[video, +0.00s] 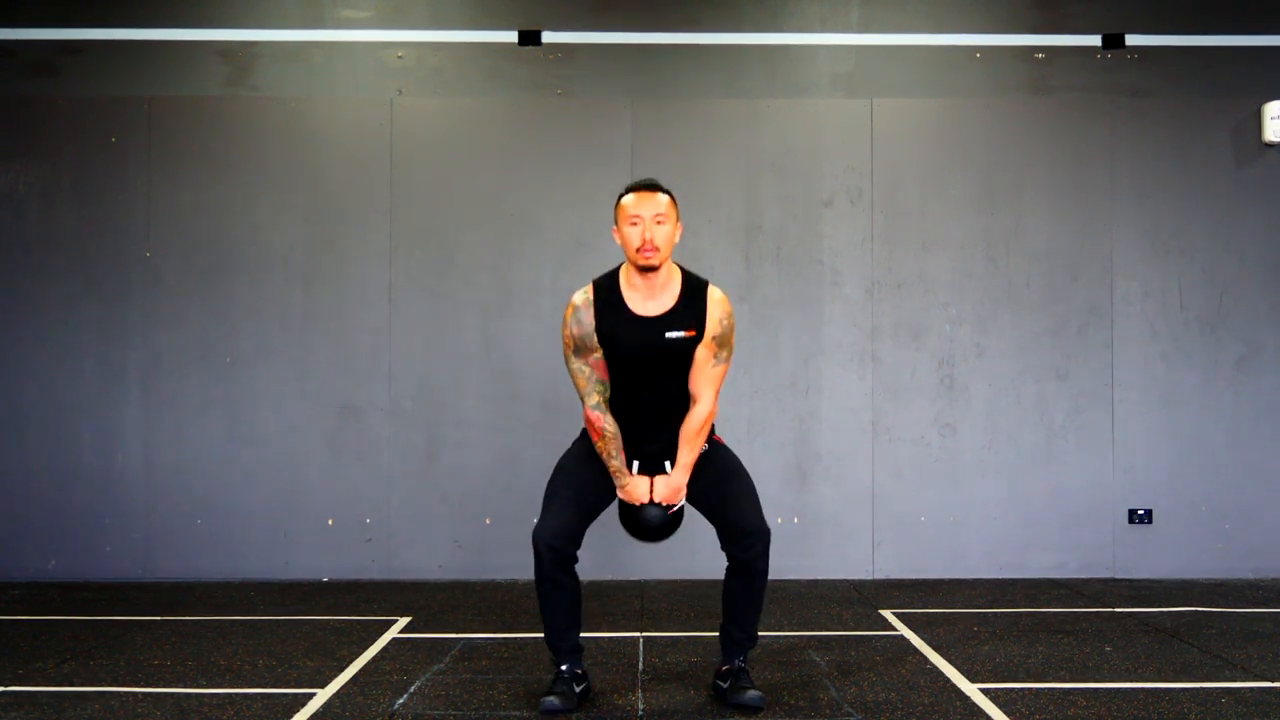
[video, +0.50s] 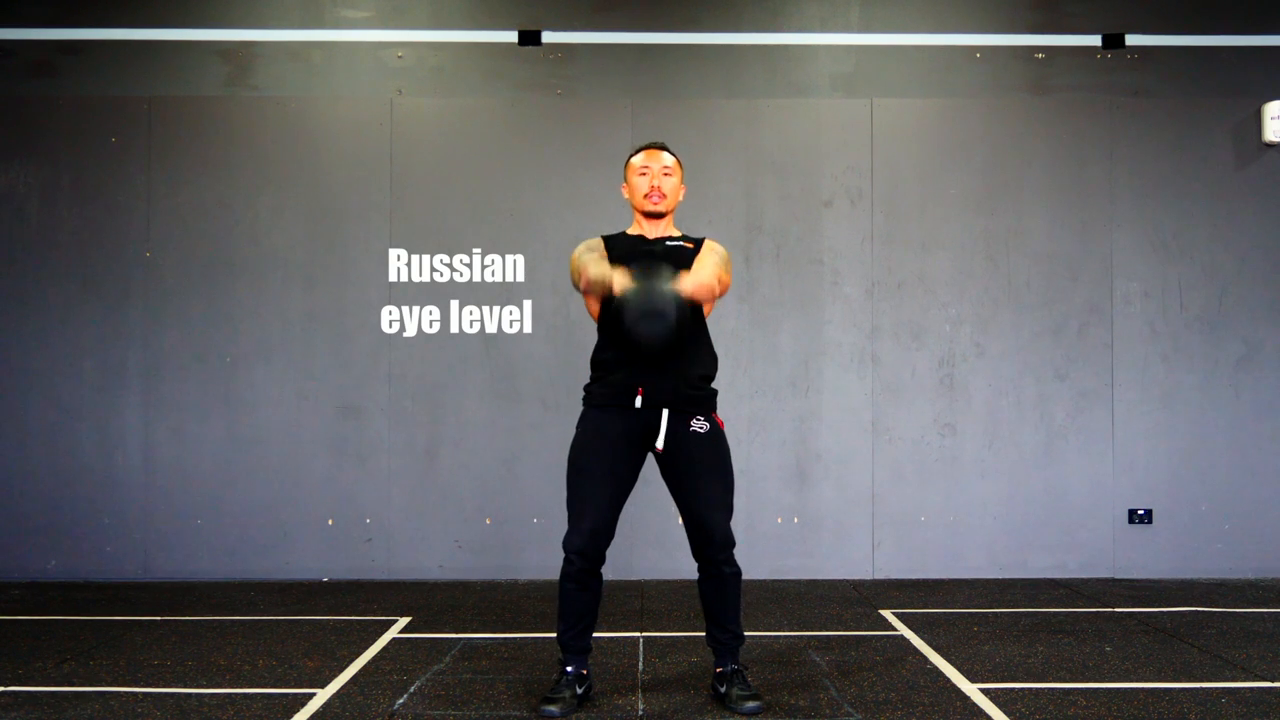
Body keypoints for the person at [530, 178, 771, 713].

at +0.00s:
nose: (646, 234)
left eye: (659, 222)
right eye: (633, 223)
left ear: (677, 231)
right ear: (617, 233)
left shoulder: (712, 306)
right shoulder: (586, 309)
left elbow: (703, 401)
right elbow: (595, 405)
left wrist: (681, 472)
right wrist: (621, 474)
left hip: (690, 445)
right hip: (609, 445)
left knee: (750, 535)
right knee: (552, 537)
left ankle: (734, 668)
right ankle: (568, 673)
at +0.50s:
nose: (655, 180)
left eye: (667, 172)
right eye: (644, 172)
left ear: (682, 189)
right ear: (625, 189)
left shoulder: (706, 251)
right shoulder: (597, 250)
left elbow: (707, 283)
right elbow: (594, 276)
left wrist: (671, 287)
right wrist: (622, 284)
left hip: (690, 415)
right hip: (612, 413)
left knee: (716, 543)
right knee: (583, 544)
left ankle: (729, 670)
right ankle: (573, 672)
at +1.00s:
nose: (650, 185)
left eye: (660, 171)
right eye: (639, 170)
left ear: (674, 185)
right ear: (620, 185)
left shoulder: (702, 247)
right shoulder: (594, 246)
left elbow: (711, 237)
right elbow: (581, 230)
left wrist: (673, 177)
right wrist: (610, 188)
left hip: (687, 413)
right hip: (609, 411)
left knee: (710, 545)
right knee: (584, 544)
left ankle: (729, 670)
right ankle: (572, 672)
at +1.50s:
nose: (643, 237)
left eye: (655, 224)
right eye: (630, 225)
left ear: (674, 234)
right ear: (614, 236)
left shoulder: (707, 310)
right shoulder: (582, 313)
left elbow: (696, 406)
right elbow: (593, 411)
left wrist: (675, 475)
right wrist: (618, 477)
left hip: (686, 445)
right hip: (605, 445)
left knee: (747, 534)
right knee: (548, 539)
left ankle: (734, 668)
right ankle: (569, 673)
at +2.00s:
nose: (644, 182)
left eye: (655, 174)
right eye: (632, 174)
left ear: (672, 190)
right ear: (616, 191)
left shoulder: (699, 251)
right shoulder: (588, 253)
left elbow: (699, 285)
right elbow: (589, 286)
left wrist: (668, 304)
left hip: (683, 415)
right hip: (606, 414)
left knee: (711, 542)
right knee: (580, 544)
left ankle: (728, 670)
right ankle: (572, 672)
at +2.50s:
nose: (646, 225)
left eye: (656, 216)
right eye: (635, 217)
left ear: (675, 205)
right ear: (615, 208)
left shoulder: (701, 252)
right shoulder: (591, 247)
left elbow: (713, 242)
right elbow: (580, 235)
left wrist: (674, 193)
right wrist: (614, 199)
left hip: (684, 413)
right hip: (607, 411)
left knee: (709, 543)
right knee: (583, 544)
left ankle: (729, 669)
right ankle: (572, 671)